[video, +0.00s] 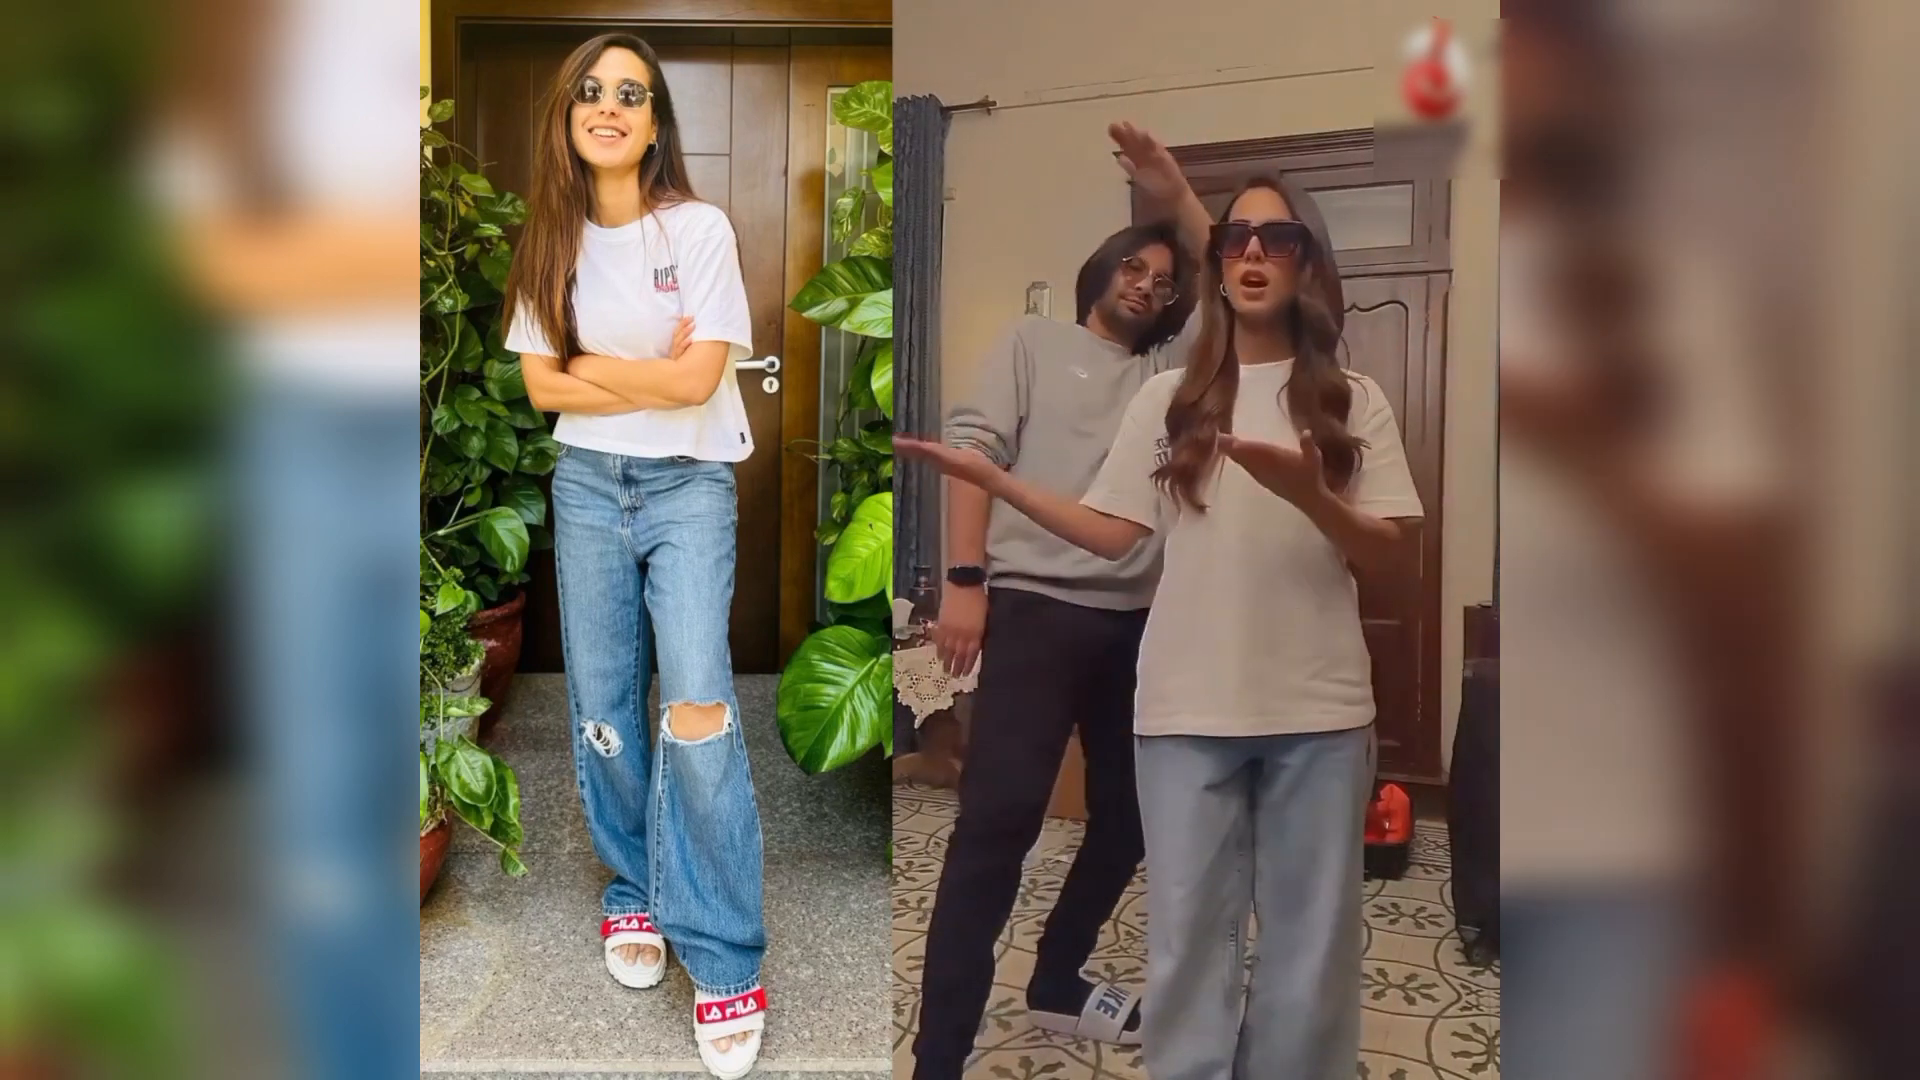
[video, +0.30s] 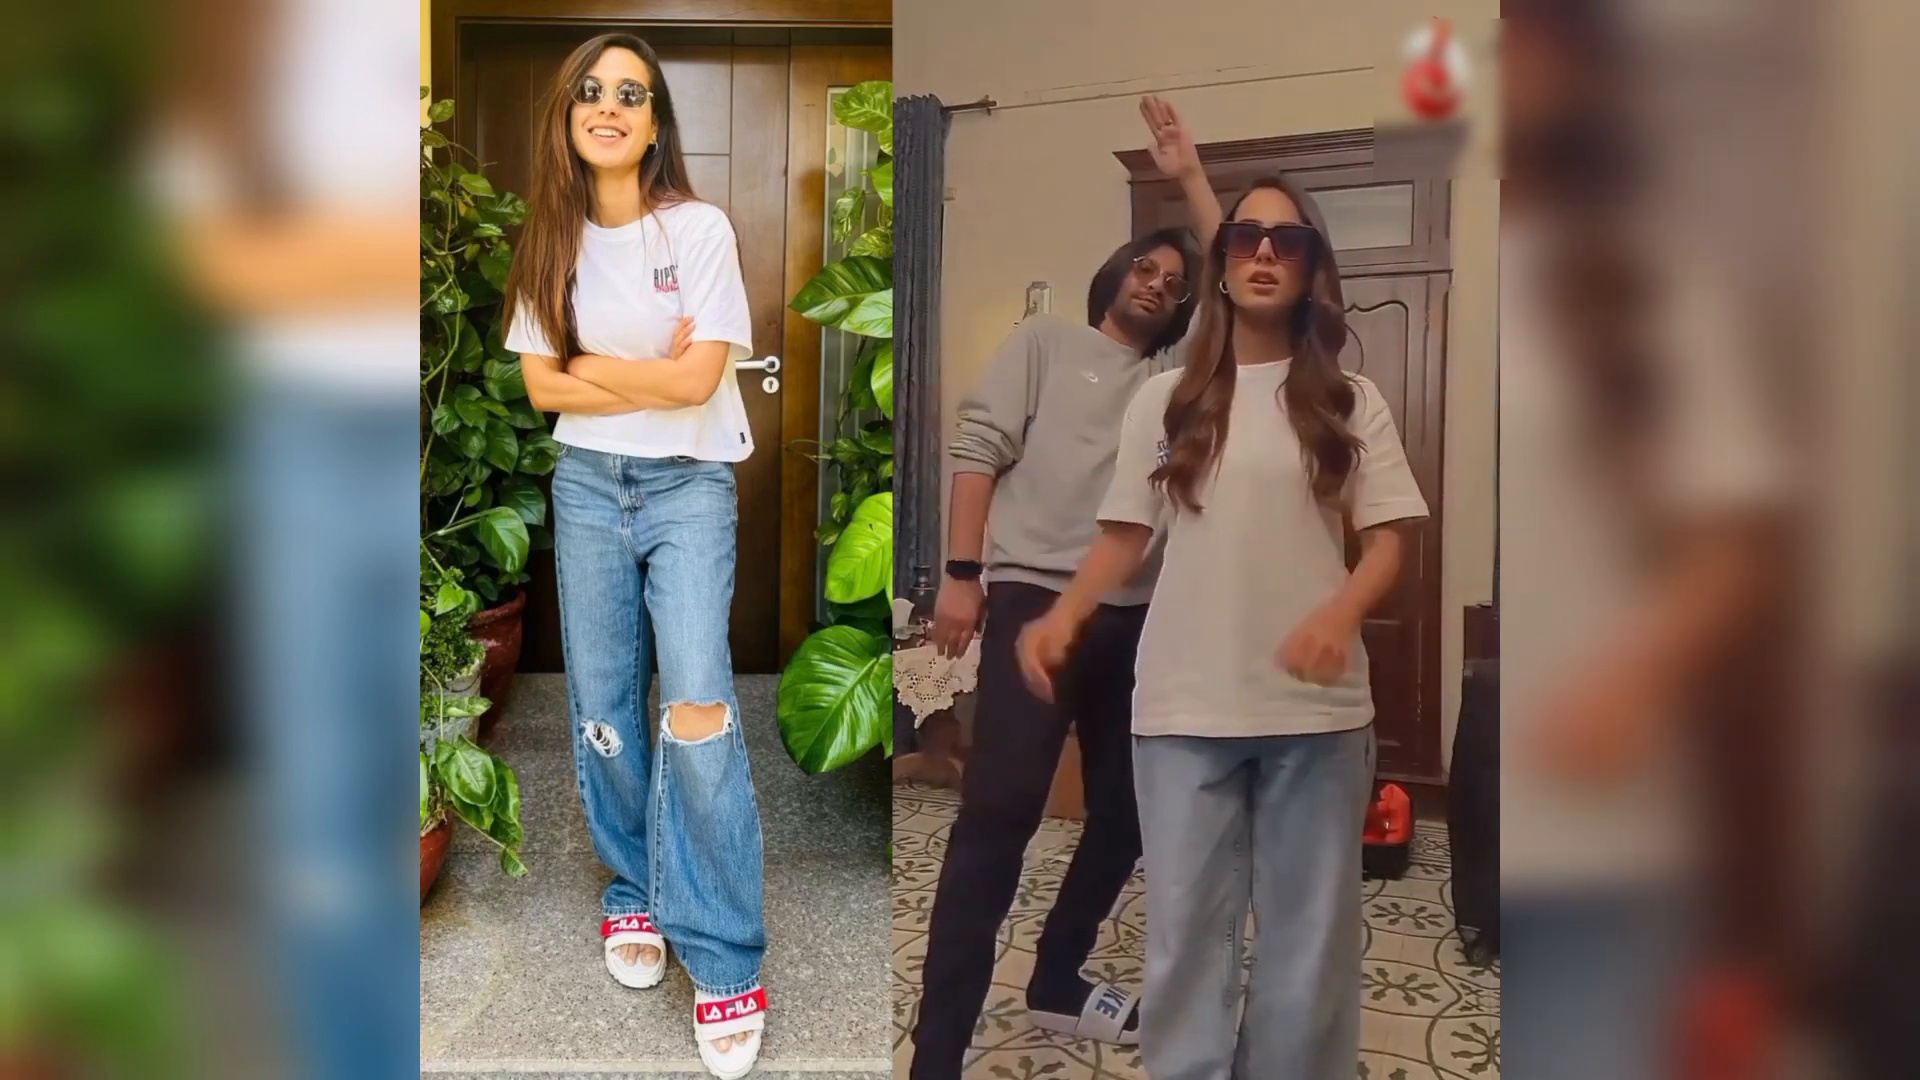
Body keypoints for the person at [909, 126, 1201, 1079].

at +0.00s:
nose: (1148, 287)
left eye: (1164, 282)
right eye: (1136, 270)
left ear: (1173, 298)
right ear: (1102, 269)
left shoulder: (1173, 370)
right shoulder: (1034, 343)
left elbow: (1227, 297)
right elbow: (972, 452)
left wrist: (1175, 194)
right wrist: (963, 580)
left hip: (1138, 627)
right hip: (1032, 614)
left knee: (1123, 828)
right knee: (998, 825)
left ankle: (1057, 987)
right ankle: (938, 1058)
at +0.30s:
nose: (1157, 284)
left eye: (1172, 281)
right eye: (1146, 269)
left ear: (1183, 305)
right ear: (1112, 277)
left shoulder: (1181, 381)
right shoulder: (1044, 343)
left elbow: (1232, 289)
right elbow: (978, 447)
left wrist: (1193, 180)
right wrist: (961, 574)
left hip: (1137, 616)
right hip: (1031, 605)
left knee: (1123, 816)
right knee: (997, 816)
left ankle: (1057, 988)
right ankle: (936, 1058)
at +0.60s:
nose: (1147, 289)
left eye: (1159, 282)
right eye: (1133, 273)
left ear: (1170, 301)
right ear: (1099, 279)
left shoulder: (1170, 383)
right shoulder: (1043, 342)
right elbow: (979, 451)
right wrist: (959, 577)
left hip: (1127, 624)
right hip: (1028, 612)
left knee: (1120, 821)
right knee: (994, 824)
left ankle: (1057, 990)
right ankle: (935, 1058)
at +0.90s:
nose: (1109, 227)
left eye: (1115, 216)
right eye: (1089, 212)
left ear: (1119, 238)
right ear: (1041, 228)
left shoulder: (1143, 346)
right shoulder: (987, 333)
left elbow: (1174, 472)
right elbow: (918, 454)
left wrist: (1163, 579)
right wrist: (940, 577)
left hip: (1119, 615)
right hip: (1011, 608)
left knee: (1097, 816)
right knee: (982, 828)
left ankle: (1055, 992)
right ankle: (934, 1058)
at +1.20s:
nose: (1085, 206)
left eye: (1085, 193)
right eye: (1063, 192)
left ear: (1084, 218)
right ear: (1011, 213)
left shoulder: (1112, 339)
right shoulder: (963, 331)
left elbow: (1126, 469)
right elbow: (921, 479)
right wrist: (1017, 527)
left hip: (1109, 621)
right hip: (1011, 617)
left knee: (1099, 815)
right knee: (985, 838)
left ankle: (1055, 989)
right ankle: (931, 1063)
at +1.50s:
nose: (1067, 202)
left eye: (1063, 184)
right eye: (1042, 188)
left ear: (1057, 198)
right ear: (989, 208)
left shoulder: (1077, 325)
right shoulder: (963, 318)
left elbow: (1088, 475)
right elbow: (906, 481)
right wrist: (884, 607)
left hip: (1096, 602)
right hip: (1010, 604)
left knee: (1095, 814)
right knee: (1009, 851)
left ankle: (1056, 992)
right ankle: (937, 1062)